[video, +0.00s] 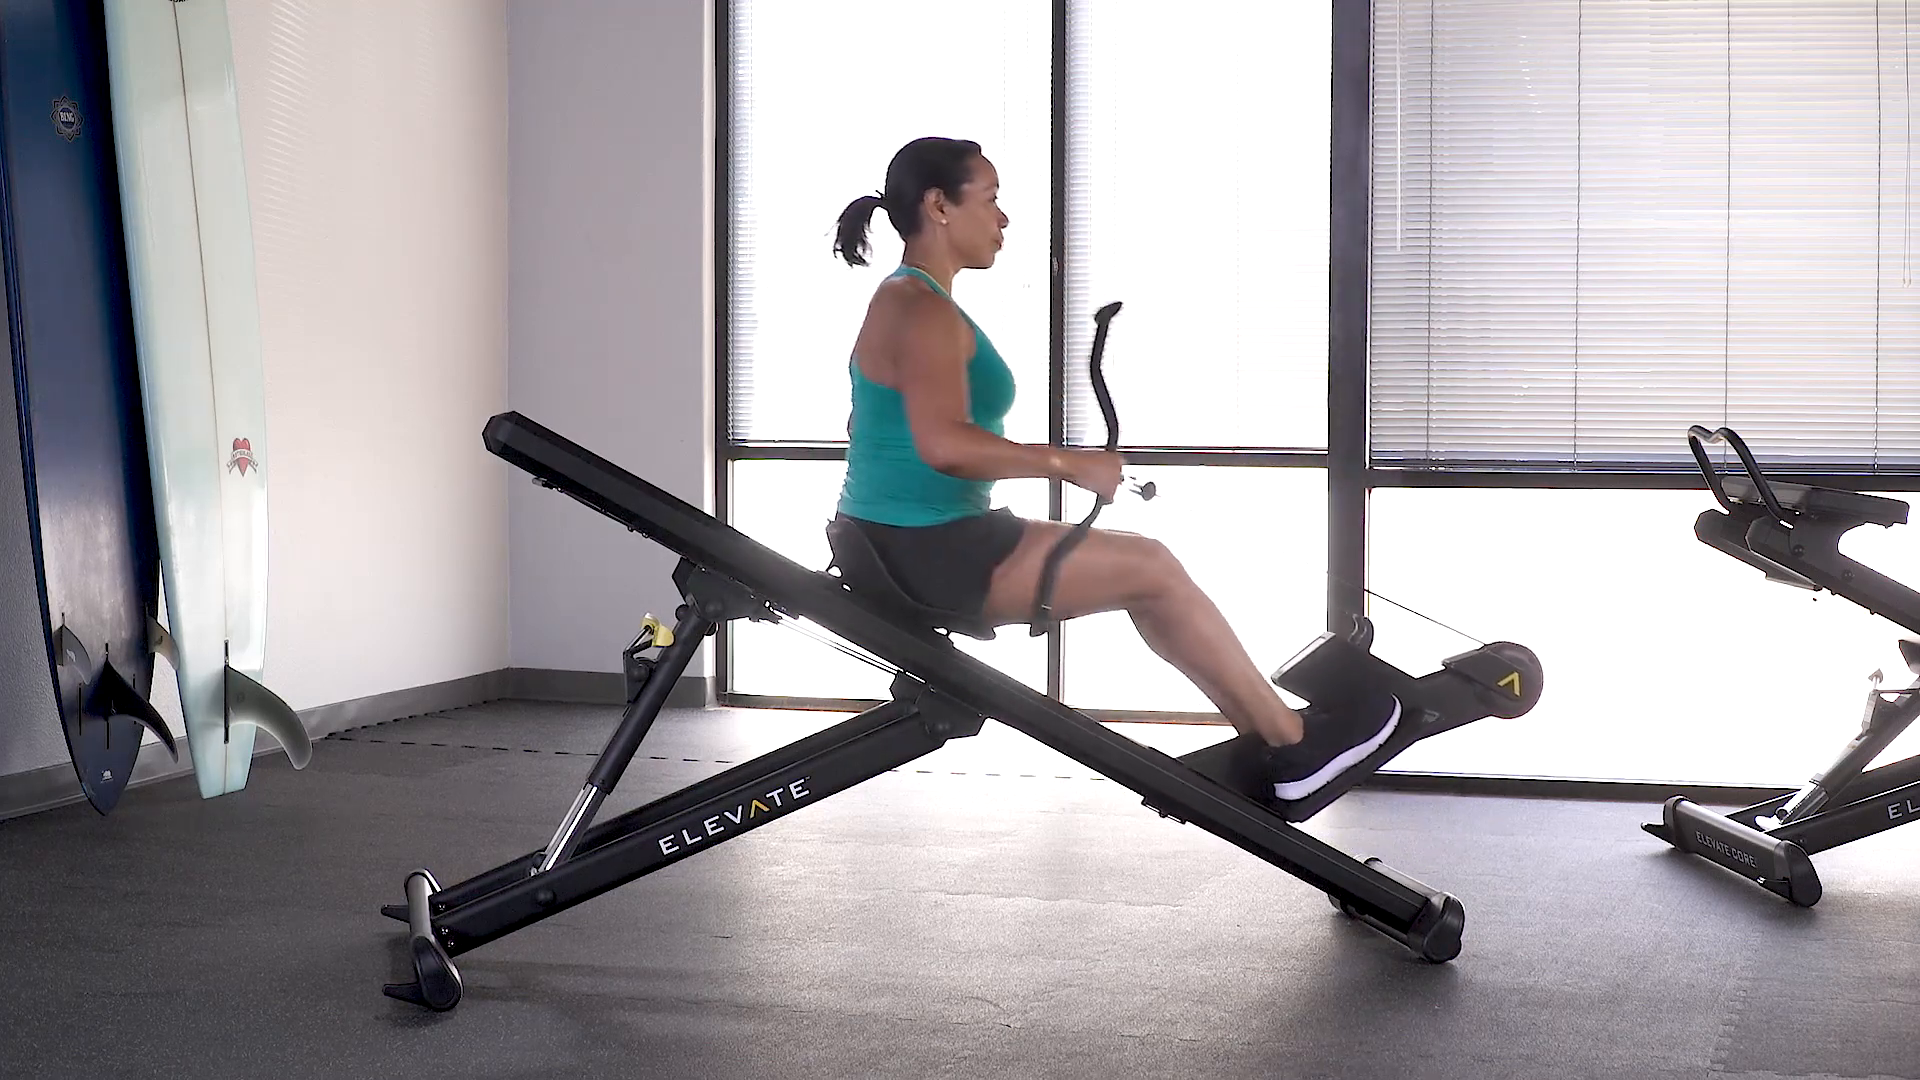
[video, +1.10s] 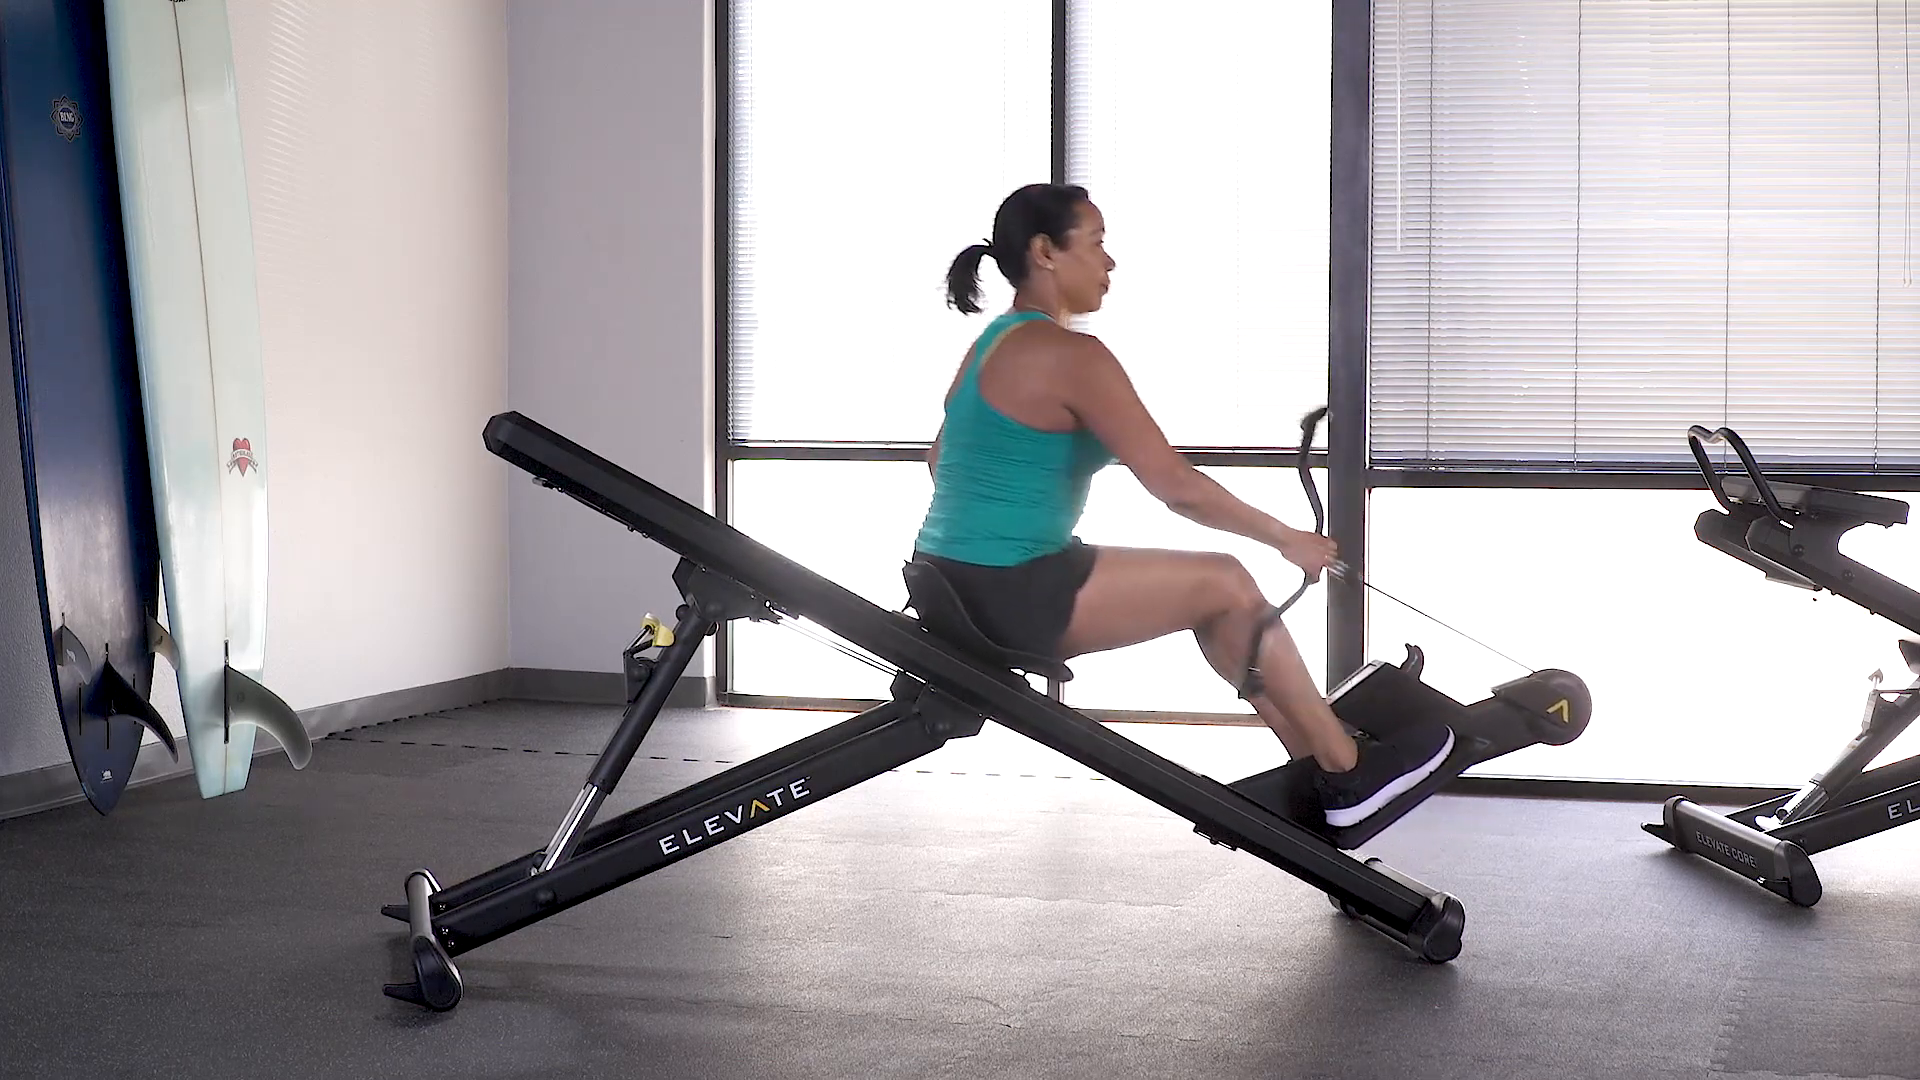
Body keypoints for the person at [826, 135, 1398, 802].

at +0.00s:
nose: (1004, 218)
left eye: (998, 201)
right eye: (991, 201)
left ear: (935, 211)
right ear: (937, 210)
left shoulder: (911, 304)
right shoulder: (922, 314)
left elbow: (942, 445)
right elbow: (942, 443)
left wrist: (1050, 465)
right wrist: (1067, 461)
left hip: (908, 542)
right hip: (917, 551)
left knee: (1144, 568)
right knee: (1151, 566)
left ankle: (1268, 727)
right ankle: (1291, 743)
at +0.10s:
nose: (1049, 241)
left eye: (1043, 223)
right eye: (1036, 223)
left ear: (981, 235)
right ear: (984, 233)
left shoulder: (941, 328)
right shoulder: (979, 337)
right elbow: (1037, 466)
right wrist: (1156, 491)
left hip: (931, 569)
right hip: (967, 576)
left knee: (1177, 564)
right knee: (1186, 563)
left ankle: (1289, 732)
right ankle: (1310, 747)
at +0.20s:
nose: (1098, 265)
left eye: (1092, 247)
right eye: (1084, 248)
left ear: (1030, 261)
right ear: (1034, 258)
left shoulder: (983, 348)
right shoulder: (1044, 365)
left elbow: (939, 469)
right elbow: (1134, 493)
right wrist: (1249, 523)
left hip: (961, 589)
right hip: (1015, 602)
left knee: (1216, 566)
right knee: (1234, 563)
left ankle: (1308, 750)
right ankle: (1338, 761)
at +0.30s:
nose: (1146, 289)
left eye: (1141, 272)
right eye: (1134, 273)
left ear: (1078, 283)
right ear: (1084, 282)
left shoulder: (1028, 371)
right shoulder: (1108, 390)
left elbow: (972, 488)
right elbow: (1219, 512)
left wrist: (1063, 530)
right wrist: (1325, 551)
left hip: (992, 607)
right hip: (1058, 622)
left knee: (1245, 562)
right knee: (1273, 578)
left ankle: (1320, 752)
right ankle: (1355, 764)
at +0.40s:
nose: (1190, 309)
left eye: (1184, 292)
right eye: (1177, 292)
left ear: (1123, 303)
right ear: (1127, 302)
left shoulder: (1069, 389)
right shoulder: (1160, 411)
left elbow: (1002, 501)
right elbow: (1281, 526)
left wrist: (1066, 564)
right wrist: (1388, 578)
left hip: (1021, 623)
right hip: (1092, 635)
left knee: (1278, 568)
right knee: (1303, 579)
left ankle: (1339, 763)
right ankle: (1376, 783)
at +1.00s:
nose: (1169, 291)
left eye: (1163, 273)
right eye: (1155, 274)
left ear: (1097, 290)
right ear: (1104, 288)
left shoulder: (1045, 376)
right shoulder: (1150, 394)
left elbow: (987, 483)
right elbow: (1262, 514)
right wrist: (1369, 576)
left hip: (995, 606)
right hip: (1064, 619)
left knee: (1253, 583)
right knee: (1276, 581)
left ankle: (1331, 760)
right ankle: (1369, 773)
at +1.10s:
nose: (1110, 260)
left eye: (1105, 243)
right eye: (1096, 244)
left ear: (1040, 255)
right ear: (1045, 254)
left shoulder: (993, 341)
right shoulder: (1077, 357)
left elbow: (941, 460)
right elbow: (1175, 485)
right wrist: (1287, 536)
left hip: (946, 582)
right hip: (1008, 592)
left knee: (1210, 585)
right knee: (1228, 582)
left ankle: (1307, 745)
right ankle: (1347, 770)